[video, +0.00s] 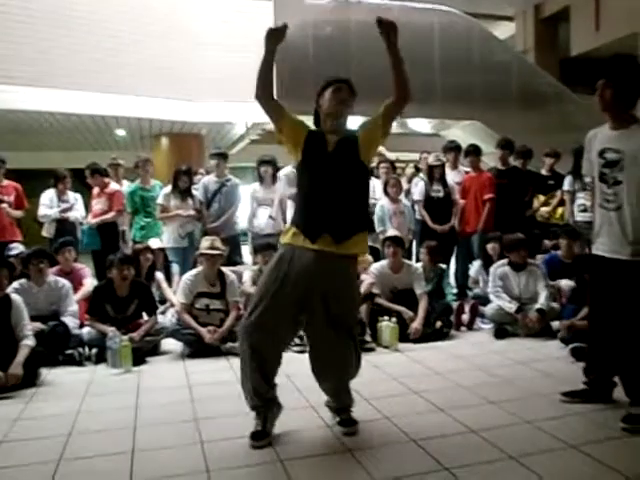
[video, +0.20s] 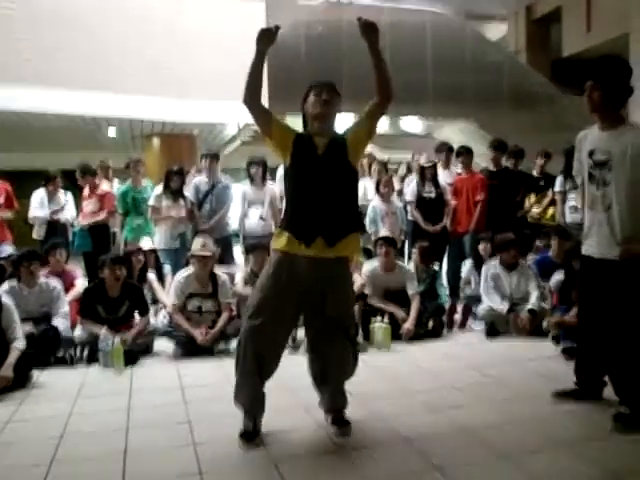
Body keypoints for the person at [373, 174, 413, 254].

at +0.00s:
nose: (395, 190)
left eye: (397, 187)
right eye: (392, 187)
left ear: (401, 188)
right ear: (386, 189)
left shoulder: (407, 205)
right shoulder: (381, 205)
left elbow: (411, 222)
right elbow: (378, 223)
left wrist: (409, 236)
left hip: (405, 239)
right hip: (388, 238)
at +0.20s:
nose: (387, 190)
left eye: (390, 186)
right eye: (384, 186)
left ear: (393, 188)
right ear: (378, 188)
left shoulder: (398, 206)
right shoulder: (374, 205)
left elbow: (403, 222)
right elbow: (369, 222)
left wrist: (401, 234)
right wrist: (374, 234)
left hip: (396, 238)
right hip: (380, 237)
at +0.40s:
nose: (386, 164)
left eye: (388, 160)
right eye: (383, 161)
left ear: (392, 162)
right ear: (377, 163)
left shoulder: (398, 180)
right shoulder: (373, 180)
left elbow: (403, 196)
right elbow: (369, 198)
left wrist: (401, 208)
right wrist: (373, 209)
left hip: (396, 212)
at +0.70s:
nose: (388, 164)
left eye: (391, 161)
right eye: (385, 161)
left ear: (394, 163)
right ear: (380, 163)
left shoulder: (401, 179)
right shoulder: (376, 180)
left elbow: (406, 196)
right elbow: (372, 199)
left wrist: (404, 210)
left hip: (400, 213)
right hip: (384, 213)